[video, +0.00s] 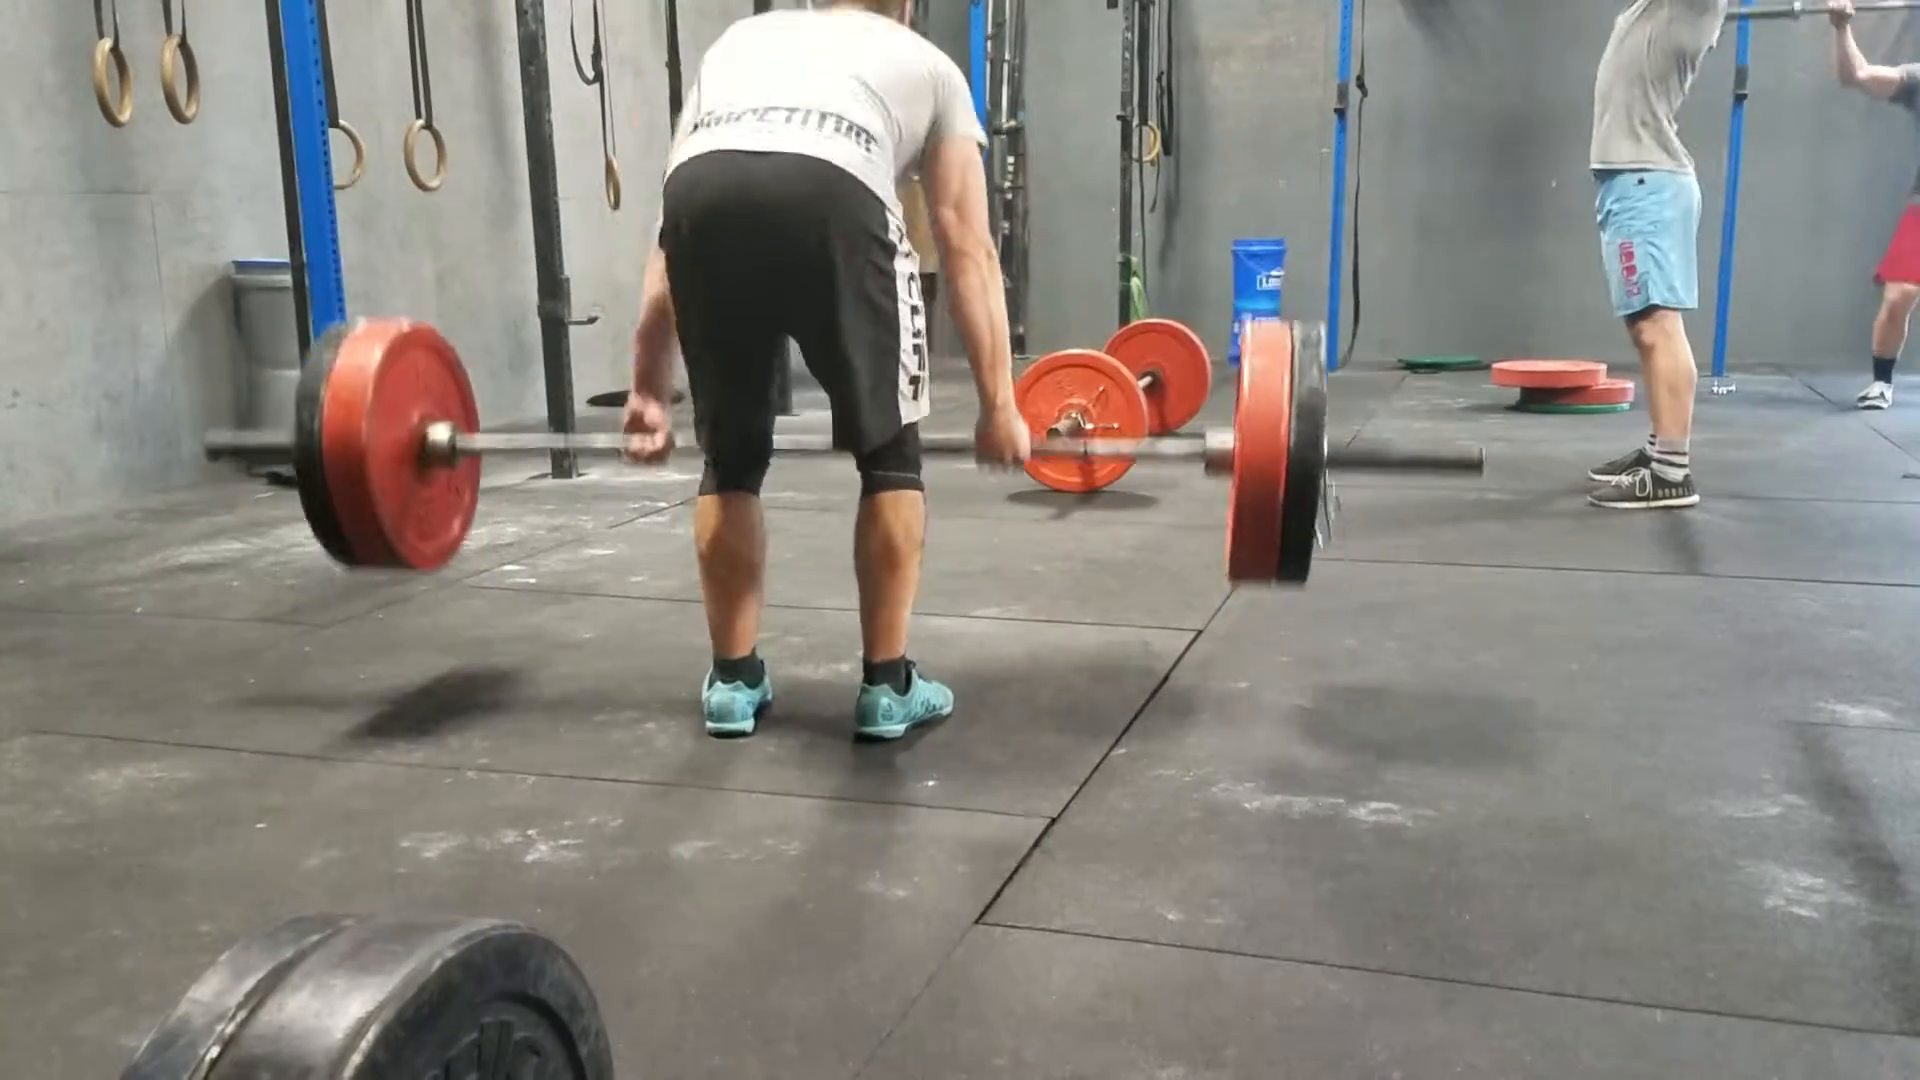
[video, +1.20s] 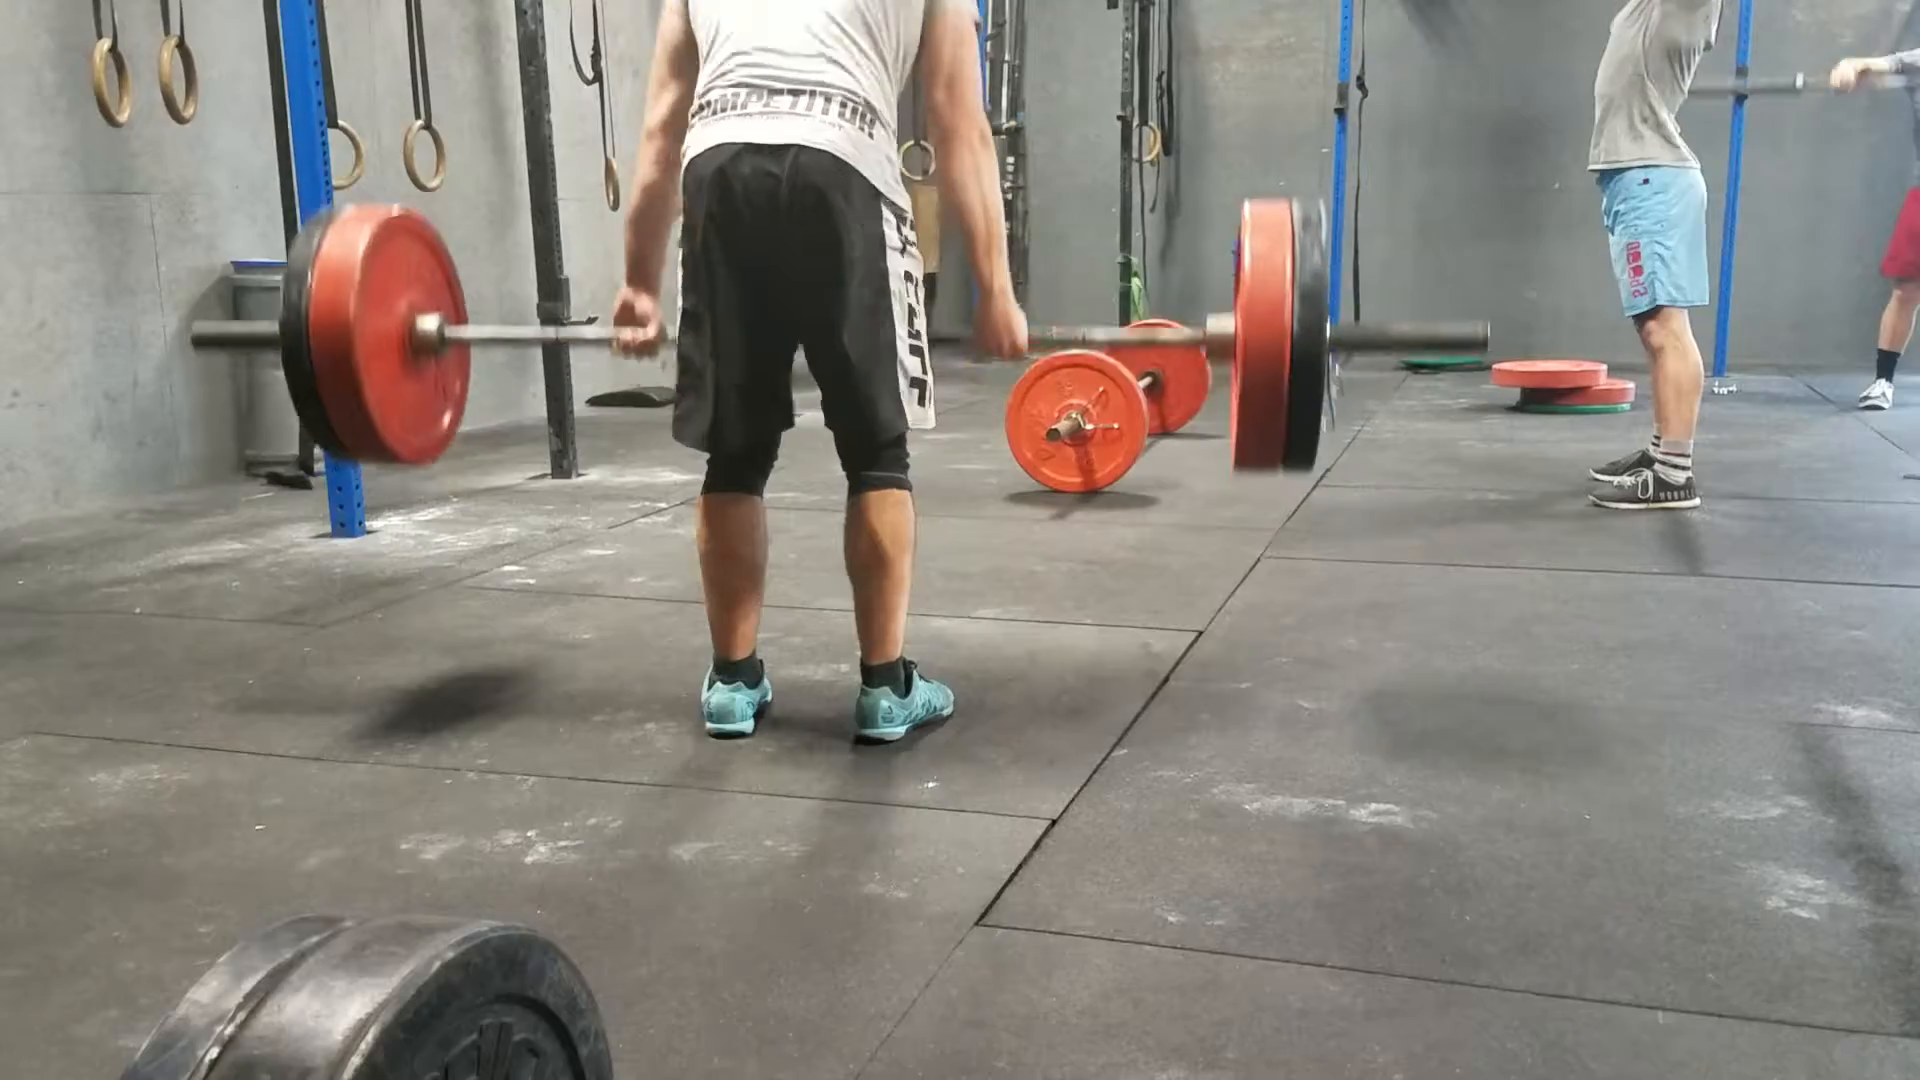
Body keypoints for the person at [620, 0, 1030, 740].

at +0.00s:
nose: (917, 24)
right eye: (917, 19)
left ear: (821, 7)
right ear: (903, 13)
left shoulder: (737, 40)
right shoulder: (931, 65)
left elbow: (676, 223)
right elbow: (963, 239)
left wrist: (649, 387)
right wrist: (999, 400)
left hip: (705, 206)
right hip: (831, 208)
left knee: (730, 461)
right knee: (888, 457)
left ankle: (732, 681)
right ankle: (886, 685)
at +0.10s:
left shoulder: (708, 10)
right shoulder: (938, 6)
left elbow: (664, 165)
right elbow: (964, 158)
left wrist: (641, 312)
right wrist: (997, 323)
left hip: (717, 181)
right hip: (842, 183)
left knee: (734, 454)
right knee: (887, 454)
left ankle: (732, 681)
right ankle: (886, 686)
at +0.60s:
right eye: (920, 20)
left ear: (805, 3)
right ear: (902, 8)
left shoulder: (727, 41)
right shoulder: (932, 57)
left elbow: (676, 235)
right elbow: (963, 258)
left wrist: (652, 405)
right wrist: (1000, 423)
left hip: (703, 217)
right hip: (833, 220)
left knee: (720, 471)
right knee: (897, 463)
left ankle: (732, 683)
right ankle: (884, 686)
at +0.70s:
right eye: (911, 108)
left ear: (816, 95)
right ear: (905, 104)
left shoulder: (744, 127)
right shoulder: (933, 160)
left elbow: (680, 358)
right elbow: (968, 352)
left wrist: (658, 494)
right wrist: (1002, 509)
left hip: (695, 248)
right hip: (836, 255)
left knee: (725, 471)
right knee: (908, 469)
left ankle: (734, 683)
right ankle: (886, 686)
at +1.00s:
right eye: (914, 76)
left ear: (821, 51)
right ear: (906, 67)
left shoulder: (740, 86)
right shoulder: (930, 113)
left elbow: (665, 300)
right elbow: (965, 280)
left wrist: (649, 433)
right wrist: (999, 440)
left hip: (702, 207)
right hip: (835, 214)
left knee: (734, 465)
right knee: (891, 461)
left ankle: (732, 681)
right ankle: (885, 686)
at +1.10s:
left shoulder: (725, 22)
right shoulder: (932, 31)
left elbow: (663, 220)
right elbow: (964, 208)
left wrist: (643, 357)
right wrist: (998, 363)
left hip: (709, 187)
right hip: (835, 187)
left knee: (731, 456)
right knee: (884, 454)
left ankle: (731, 680)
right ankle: (885, 685)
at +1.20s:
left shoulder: (694, 6)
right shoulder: (936, 5)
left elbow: (660, 145)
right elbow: (961, 134)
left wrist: (639, 281)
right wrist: (997, 288)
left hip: (720, 172)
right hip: (843, 173)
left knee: (735, 447)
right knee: (876, 448)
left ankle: (732, 681)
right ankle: (884, 685)